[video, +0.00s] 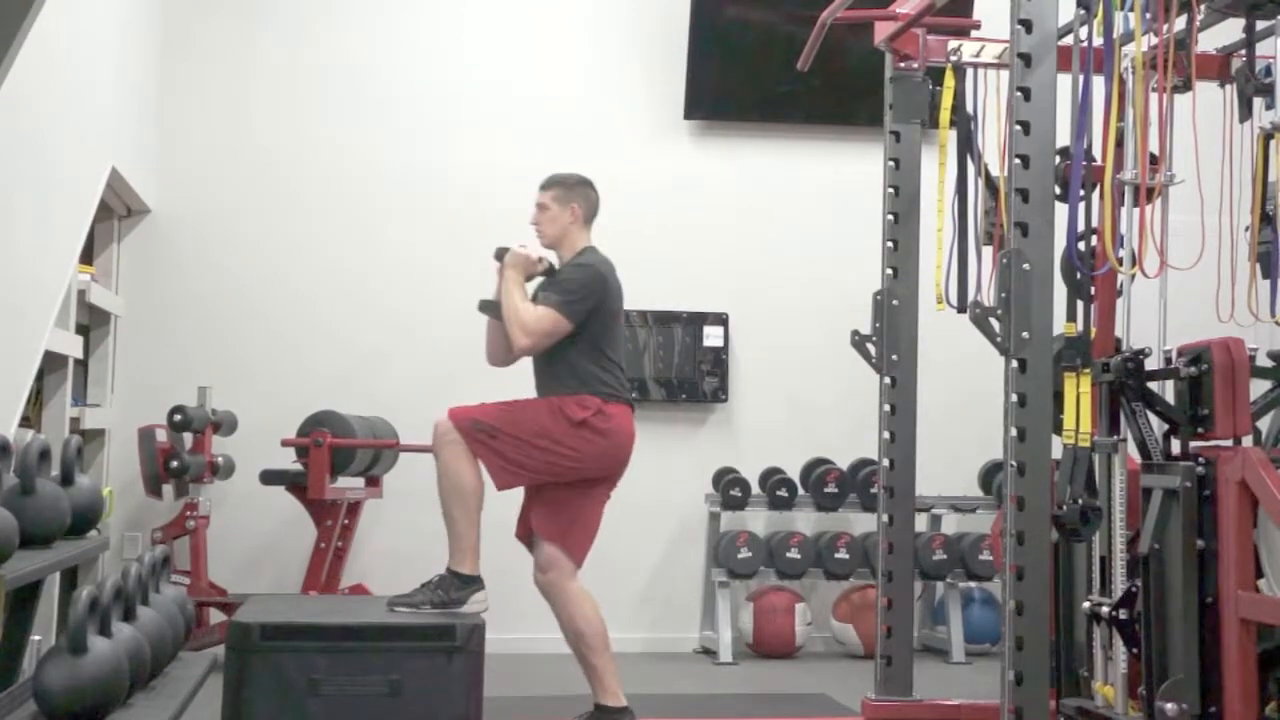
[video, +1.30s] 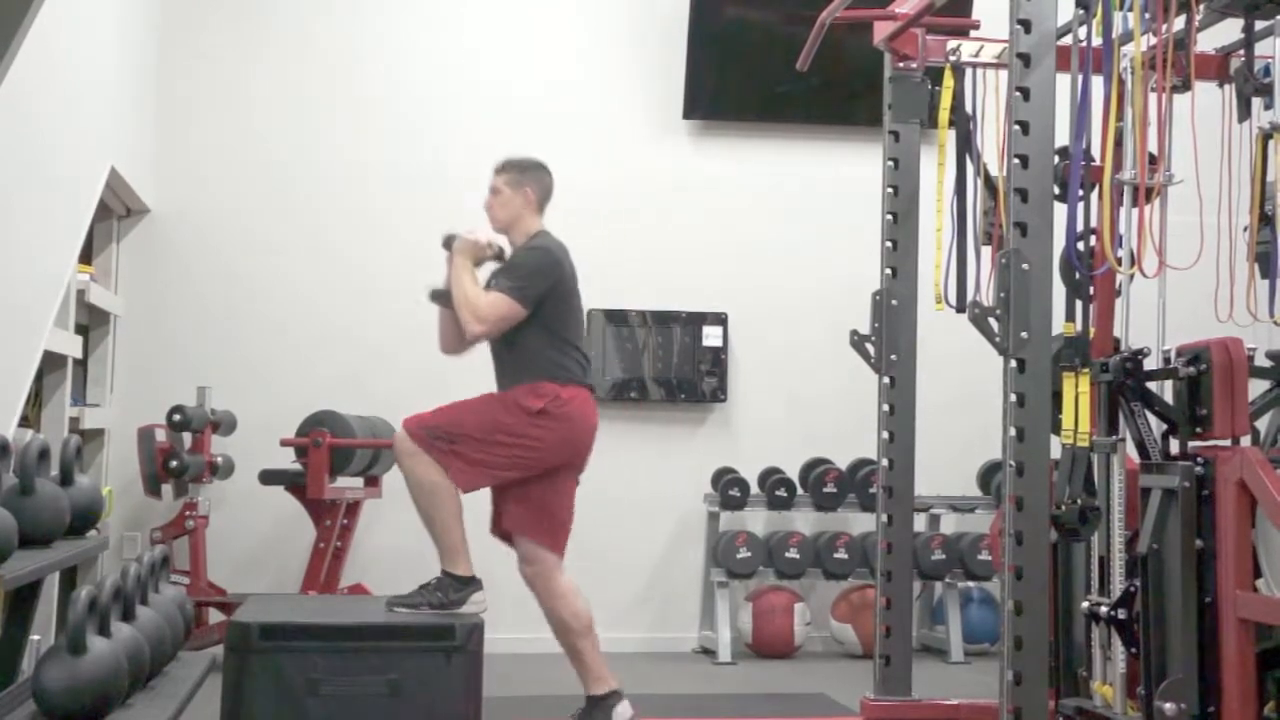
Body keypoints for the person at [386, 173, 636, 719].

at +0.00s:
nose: (534, 218)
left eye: (542, 208)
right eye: (535, 208)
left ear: (574, 213)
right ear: (569, 214)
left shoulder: (590, 271)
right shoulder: (564, 277)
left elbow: (526, 337)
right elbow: (500, 353)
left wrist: (513, 276)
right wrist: (506, 285)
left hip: (589, 420)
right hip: (597, 432)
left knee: (452, 429)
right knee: (553, 571)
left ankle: (462, 577)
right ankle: (612, 705)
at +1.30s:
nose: (487, 202)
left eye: (496, 192)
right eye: (489, 192)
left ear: (528, 196)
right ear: (523, 197)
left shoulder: (544, 254)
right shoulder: (519, 264)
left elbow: (477, 321)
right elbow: (453, 341)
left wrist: (462, 259)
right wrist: (454, 278)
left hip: (550, 406)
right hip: (559, 415)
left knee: (414, 441)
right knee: (540, 563)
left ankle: (457, 578)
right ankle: (604, 696)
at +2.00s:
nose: (442, 62)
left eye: (450, 49)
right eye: (444, 50)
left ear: (480, 49)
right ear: (482, 52)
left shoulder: (493, 108)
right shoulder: (481, 109)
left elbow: (421, 177)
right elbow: (444, 187)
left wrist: (419, 115)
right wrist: (424, 141)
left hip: (491, 280)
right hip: (457, 261)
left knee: (453, 432)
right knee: (362, 210)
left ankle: (461, 579)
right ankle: (351, 347)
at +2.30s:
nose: (444, 65)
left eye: (451, 53)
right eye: (445, 54)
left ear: (484, 54)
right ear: (485, 56)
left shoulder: (497, 113)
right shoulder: (480, 119)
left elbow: (428, 182)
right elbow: (427, 209)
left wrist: (420, 120)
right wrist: (420, 140)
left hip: (504, 287)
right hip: (475, 283)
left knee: (447, 427)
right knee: (397, 388)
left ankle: (462, 580)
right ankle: (494, 488)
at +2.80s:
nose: (493, 220)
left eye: (502, 210)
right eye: (494, 210)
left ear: (533, 211)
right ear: (531, 213)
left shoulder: (550, 272)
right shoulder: (532, 279)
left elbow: (485, 338)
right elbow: (464, 356)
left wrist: (472, 275)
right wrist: (465, 290)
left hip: (567, 428)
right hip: (576, 435)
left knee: (429, 441)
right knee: (558, 583)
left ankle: (461, 580)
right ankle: (625, 710)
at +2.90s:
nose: (508, 226)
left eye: (516, 215)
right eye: (510, 216)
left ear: (549, 218)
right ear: (545, 220)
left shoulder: (564, 278)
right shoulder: (545, 285)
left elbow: (497, 345)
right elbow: (483, 363)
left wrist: (488, 283)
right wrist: (487, 296)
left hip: (575, 432)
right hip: (582, 438)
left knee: (439, 437)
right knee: (556, 585)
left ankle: (461, 581)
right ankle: (624, 710)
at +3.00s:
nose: (518, 222)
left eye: (528, 212)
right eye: (521, 212)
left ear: (560, 216)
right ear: (557, 217)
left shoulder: (577, 275)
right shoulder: (554, 281)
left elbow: (508, 338)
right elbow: (490, 357)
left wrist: (497, 277)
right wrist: (495, 290)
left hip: (581, 430)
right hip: (589, 436)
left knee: (444, 435)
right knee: (564, 583)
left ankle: (461, 581)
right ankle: (624, 710)